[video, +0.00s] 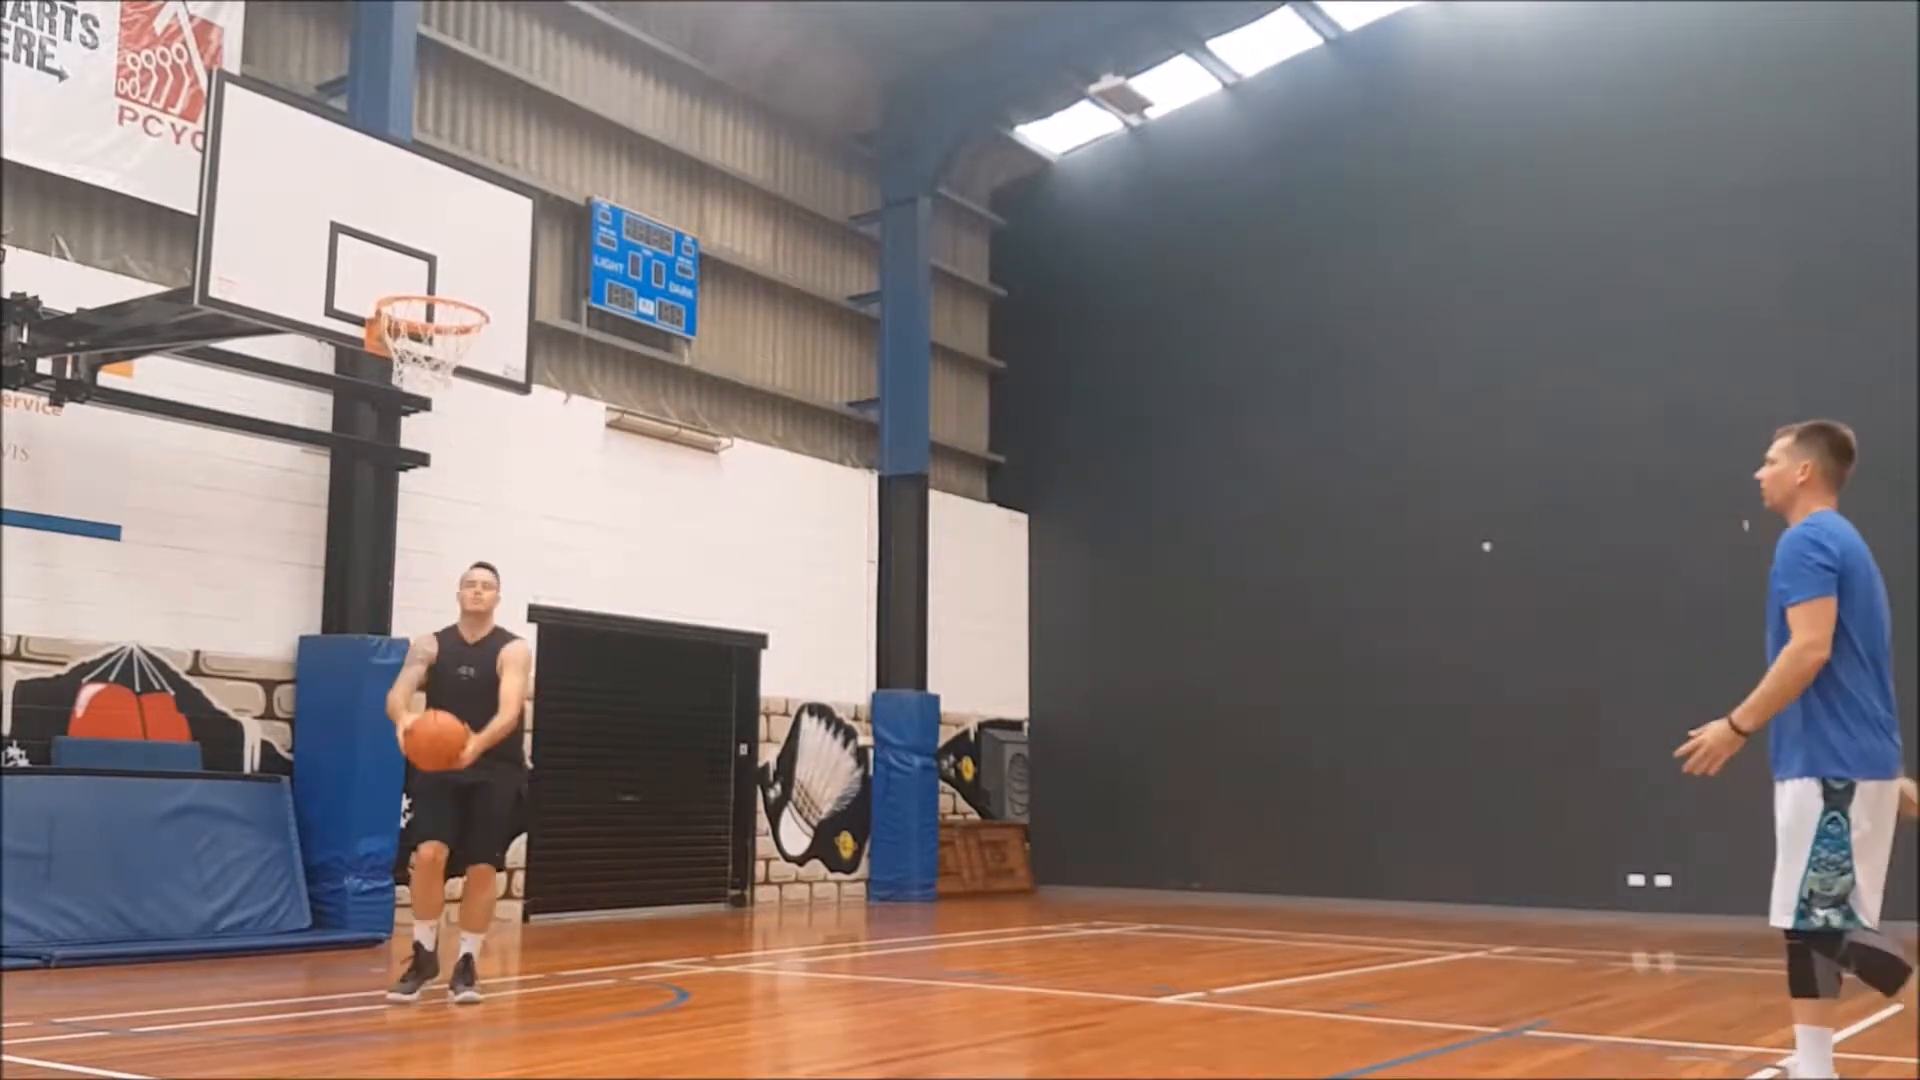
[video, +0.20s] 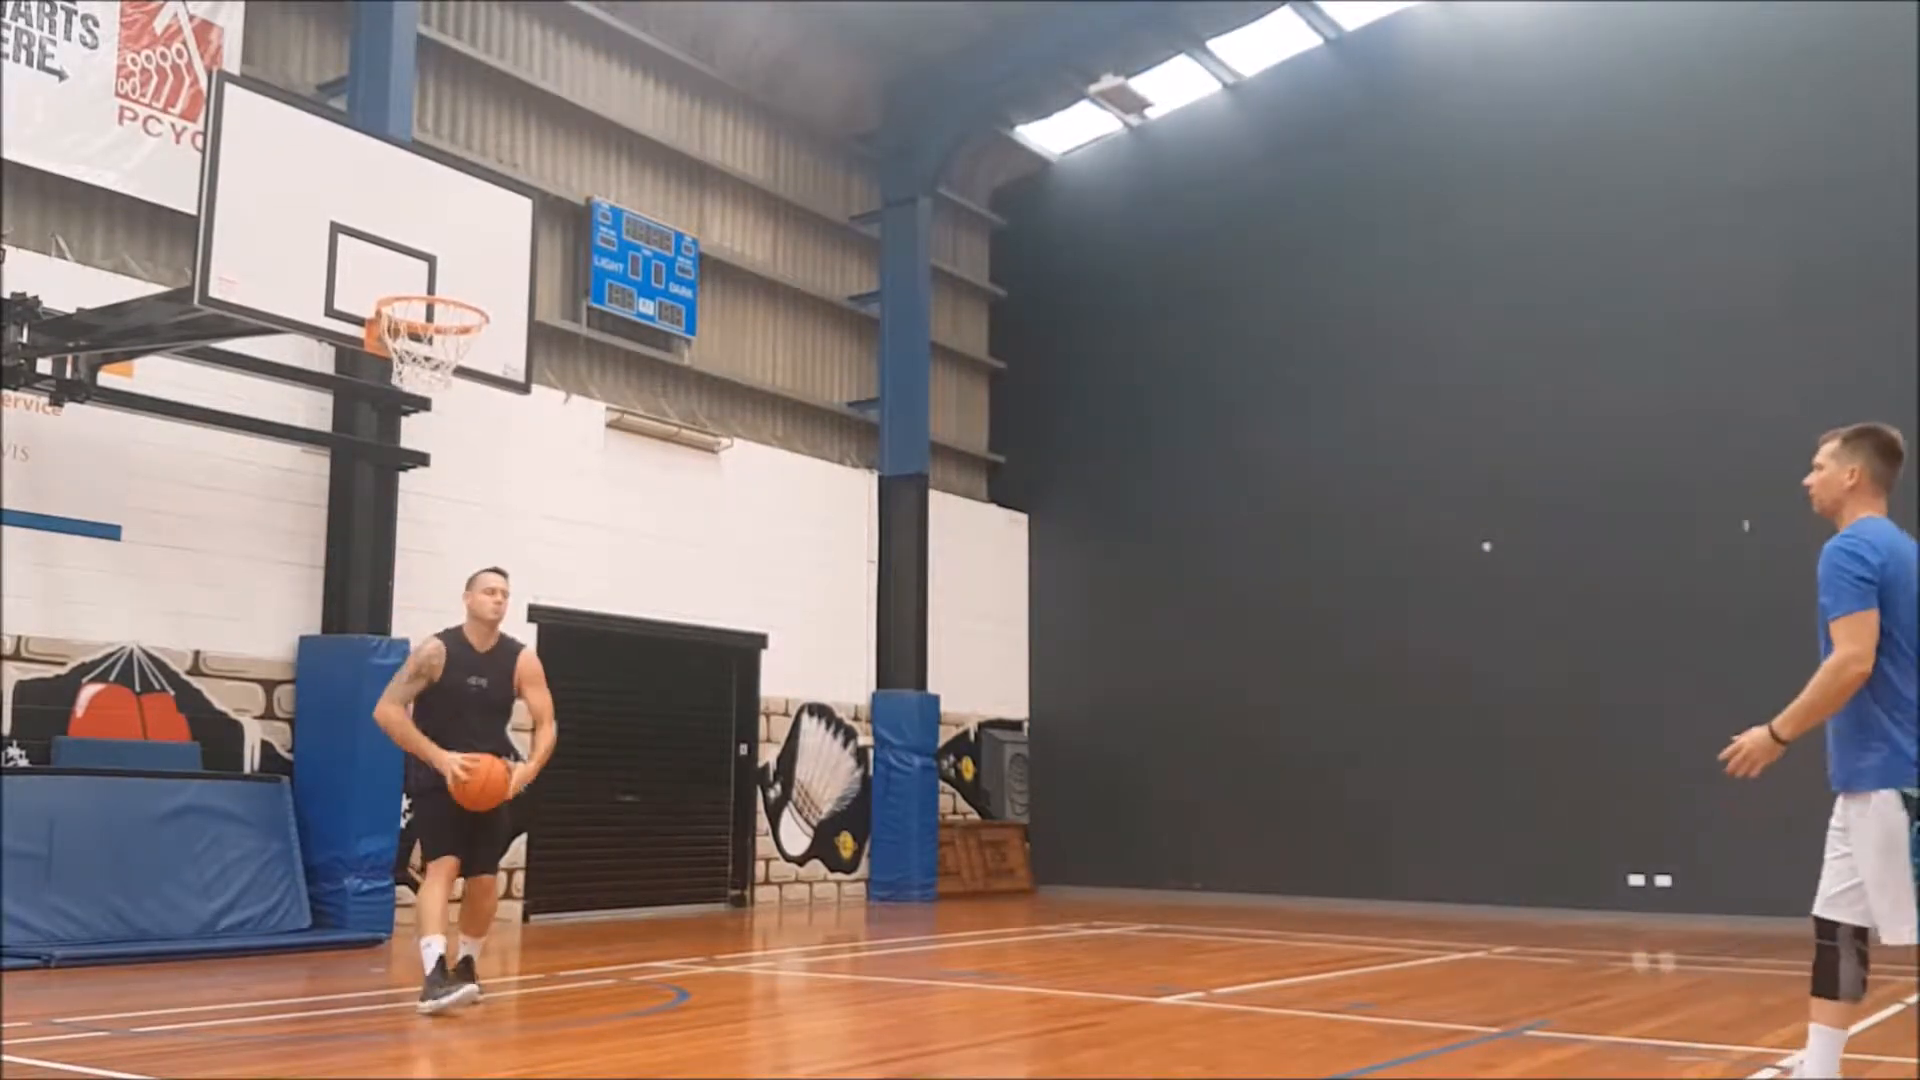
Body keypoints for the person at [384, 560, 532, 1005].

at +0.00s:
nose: (477, 593)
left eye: (486, 587)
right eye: (470, 586)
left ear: (498, 597)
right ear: (458, 593)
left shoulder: (513, 650)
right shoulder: (429, 645)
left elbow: (510, 712)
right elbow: (398, 695)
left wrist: (476, 744)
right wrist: (404, 720)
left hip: (495, 768)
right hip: (437, 765)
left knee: (481, 864)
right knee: (429, 853)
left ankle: (466, 966)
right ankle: (423, 957)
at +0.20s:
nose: (499, 600)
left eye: (504, 595)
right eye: (489, 592)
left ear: (508, 605)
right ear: (467, 599)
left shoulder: (522, 660)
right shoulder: (436, 652)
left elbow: (546, 725)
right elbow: (386, 711)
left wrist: (530, 768)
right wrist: (438, 757)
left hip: (495, 779)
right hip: (438, 776)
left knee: (484, 876)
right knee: (444, 863)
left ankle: (465, 968)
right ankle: (434, 975)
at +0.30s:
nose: (498, 604)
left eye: (503, 598)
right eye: (489, 596)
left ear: (507, 607)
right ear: (464, 602)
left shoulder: (517, 662)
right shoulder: (439, 650)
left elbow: (559, 716)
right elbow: (421, 695)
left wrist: (560, 731)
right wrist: (479, 728)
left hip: (479, 780)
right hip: (429, 776)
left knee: (484, 880)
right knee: (451, 861)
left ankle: (464, 965)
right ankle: (436, 979)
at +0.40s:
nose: (492, 606)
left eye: (495, 599)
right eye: (482, 597)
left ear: (498, 606)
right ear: (456, 603)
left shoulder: (499, 660)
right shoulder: (436, 651)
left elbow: (537, 702)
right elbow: (483, 682)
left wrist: (582, 685)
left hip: (466, 787)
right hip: (420, 784)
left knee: (490, 876)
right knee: (462, 859)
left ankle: (455, 961)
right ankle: (439, 979)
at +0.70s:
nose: (456, 580)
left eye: (460, 574)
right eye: (447, 572)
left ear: (462, 584)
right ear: (420, 581)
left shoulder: (466, 642)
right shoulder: (410, 630)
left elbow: (494, 698)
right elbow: (445, 689)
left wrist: (510, 689)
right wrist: (508, 713)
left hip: (451, 773)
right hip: (414, 771)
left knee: (453, 869)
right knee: (450, 861)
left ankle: (381, 960)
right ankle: (440, 981)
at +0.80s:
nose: (445, 579)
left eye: (449, 572)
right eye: (436, 571)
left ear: (451, 582)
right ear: (409, 580)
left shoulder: (454, 644)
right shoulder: (398, 631)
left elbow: (477, 704)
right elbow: (407, 704)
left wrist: (509, 720)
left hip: (440, 772)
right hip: (406, 771)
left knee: (421, 874)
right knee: (432, 868)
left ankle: (369, 969)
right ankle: (437, 981)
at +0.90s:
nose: (438, 577)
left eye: (441, 571)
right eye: (428, 569)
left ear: (443, 582)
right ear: (402, 579)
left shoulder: (447, 645)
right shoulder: (386, 630)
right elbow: (370, 705)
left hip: (432, 775)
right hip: (394, 771)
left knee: (406, 873)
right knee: (410, 869)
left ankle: (365, 971)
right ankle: (427, 975)